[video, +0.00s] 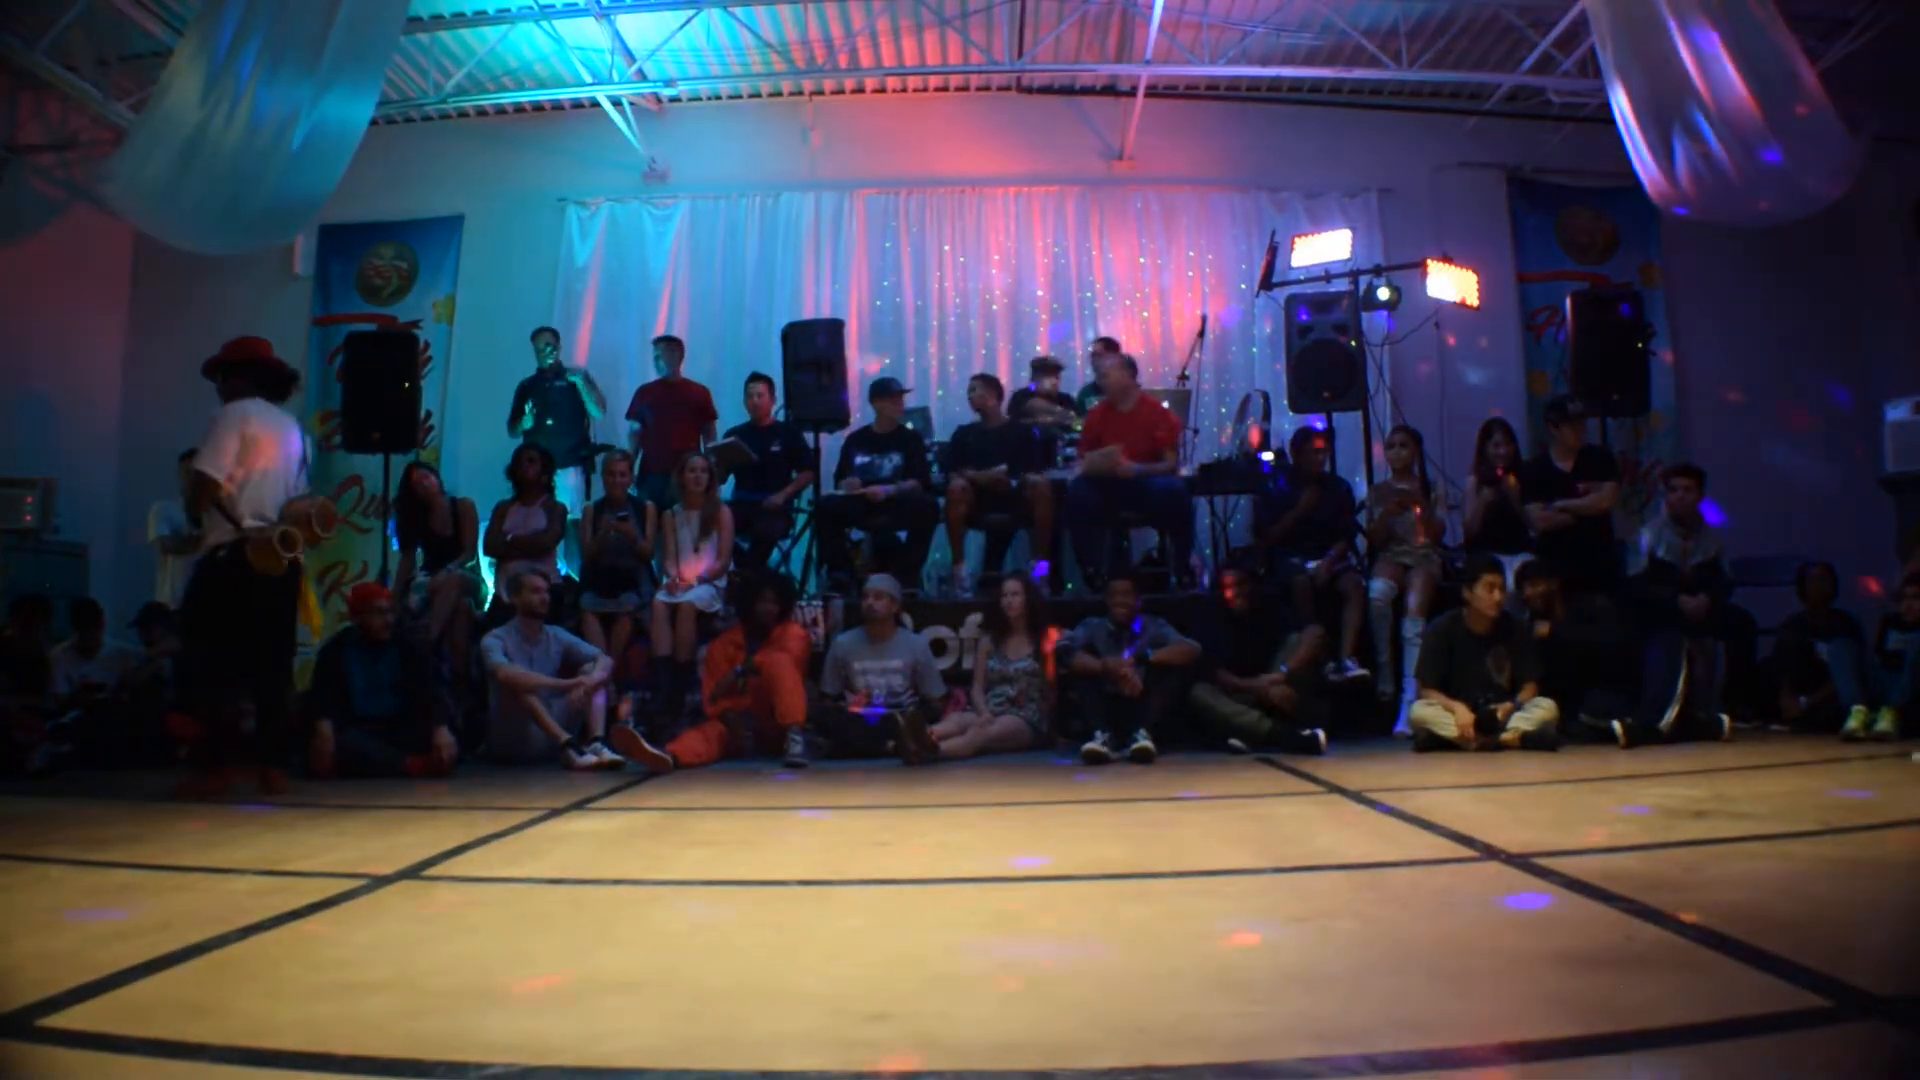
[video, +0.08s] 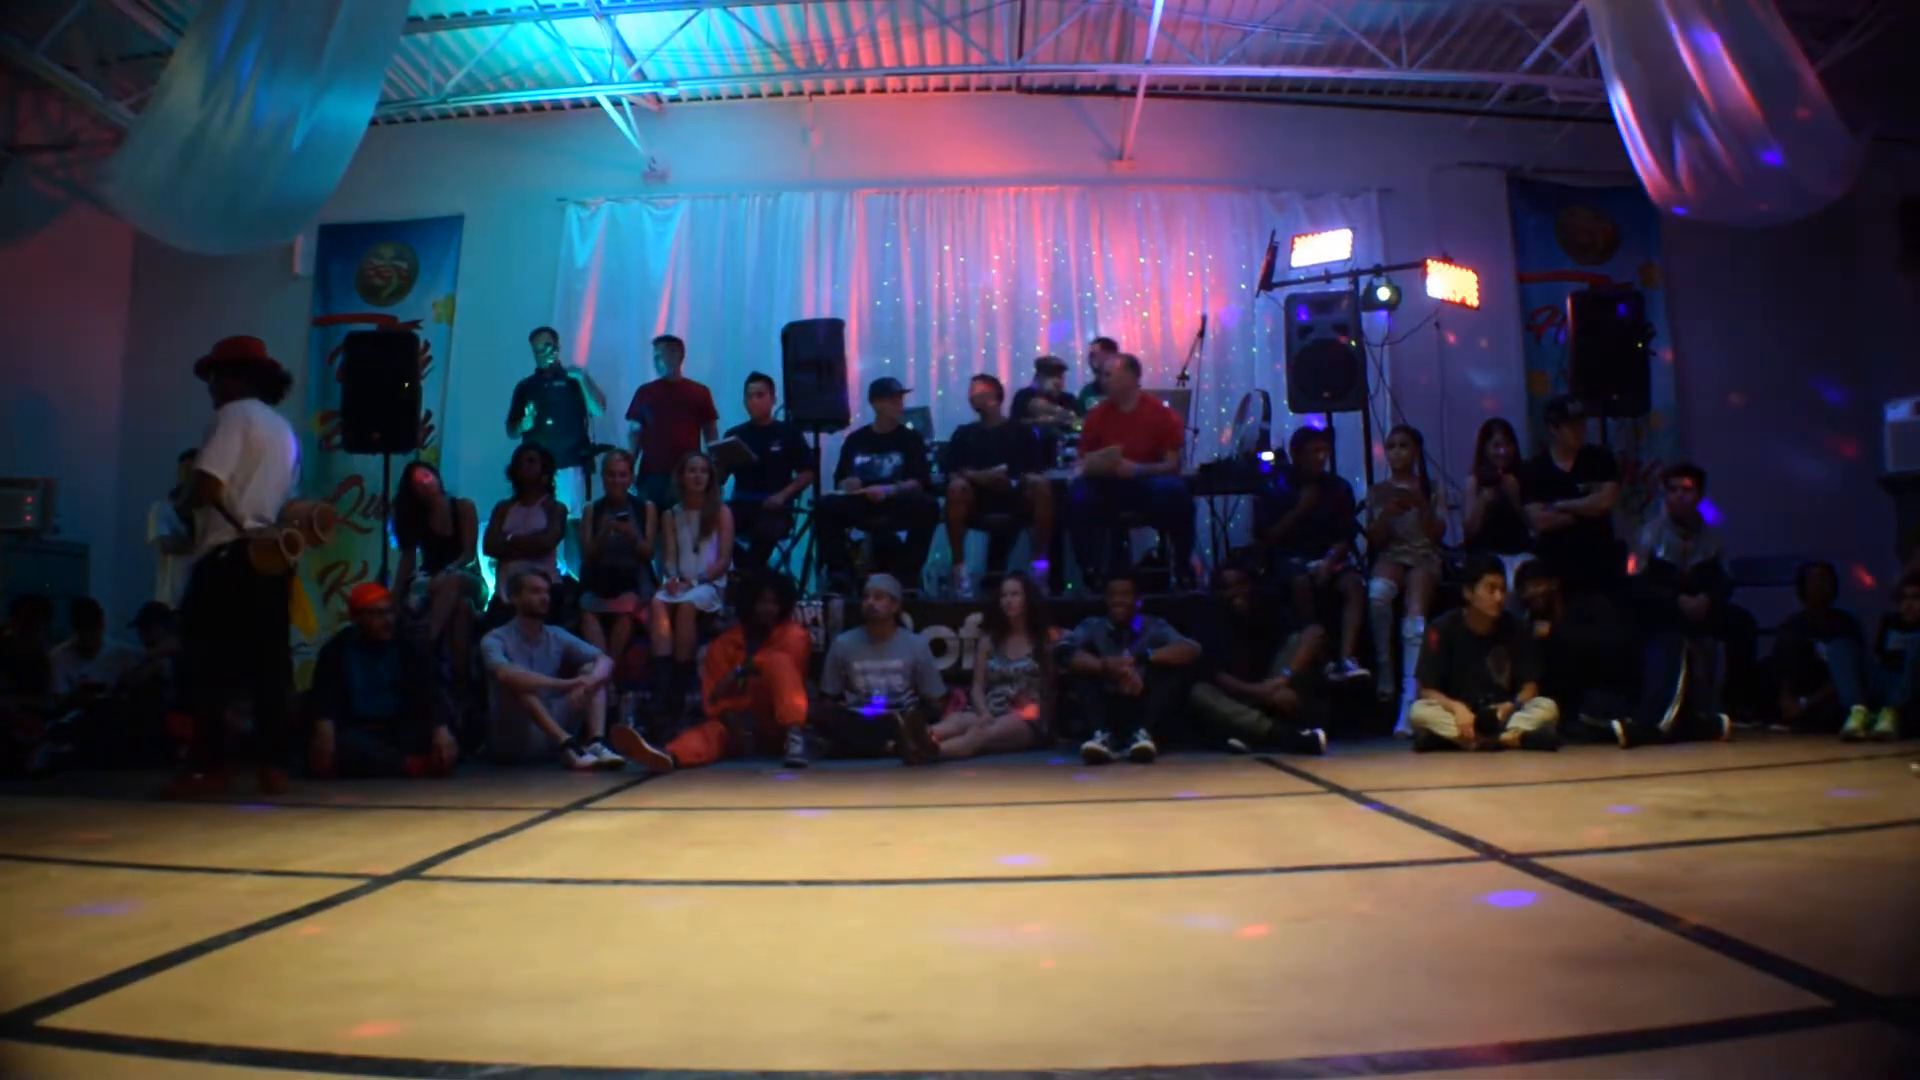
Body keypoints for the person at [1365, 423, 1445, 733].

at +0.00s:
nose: (1396, 452)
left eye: (1403, 446)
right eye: (1391, 447)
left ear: (1416, 452)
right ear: (1385, 453)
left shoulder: (1433, 489)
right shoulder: (1378, 492)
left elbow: (1437, 534)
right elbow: (1373, 536)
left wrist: (1420, 506)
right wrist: (1387, 514)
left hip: (1422, 553)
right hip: (1390, 552)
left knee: (1413, 615)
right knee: (1378, 596)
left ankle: (1410, 697)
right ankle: (1385, 674)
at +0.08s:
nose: (1397, 452)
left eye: (1403, 446)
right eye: (1391, 447)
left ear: (1417, 452)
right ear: (1385, 453)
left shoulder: (1432, 488)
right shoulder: (1378, 491)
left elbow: (1437, 533)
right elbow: (1373, 537)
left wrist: (1420, 504)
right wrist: (1387, 513)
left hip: (1422, 552)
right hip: (1391, 552)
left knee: (1414, 622)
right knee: (1378, 597)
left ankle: (1410, 701)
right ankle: (1384, 674)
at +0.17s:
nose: (1396, 453)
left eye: (1403, 447)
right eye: (1391, 447)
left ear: (1416, 452)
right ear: (1385, 453)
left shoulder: (1431, 488)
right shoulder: (1377, 491)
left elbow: (1436, 533)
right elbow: (1373, 537)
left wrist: (1420, 505)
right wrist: (1388, 513)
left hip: (1422, 553)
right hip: (1390, 552)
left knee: (1413, 622)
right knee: (1377, 598)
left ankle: (1408, 702)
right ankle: (1383, 672)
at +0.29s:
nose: (1396, 453)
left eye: (1402, 447)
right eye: (1390, 448)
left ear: (1416, 453)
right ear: (1383, 454)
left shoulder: (1428, 490)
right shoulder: (1376, 491)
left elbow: (1434, 534)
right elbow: (1372, 536)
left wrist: (1419, 506)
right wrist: (1388, 513)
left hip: (1420, 553)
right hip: (1388, 552)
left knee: (1411, 627)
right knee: (1376, 594)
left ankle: (1406, 705)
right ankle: (1381, 665)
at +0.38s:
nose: (1396, 453)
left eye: (1403, 447)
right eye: (1390, 448)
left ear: (1416, 452)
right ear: (1383, 454)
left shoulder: (1430, 490)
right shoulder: (1376, 492)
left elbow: (1433, 535)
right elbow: (1372, 537)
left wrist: (1419, 506)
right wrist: (1386, 514)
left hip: (1420, 554)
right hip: (1388, 553)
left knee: (1411, 624)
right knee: (1375, 597)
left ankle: (1406, 705)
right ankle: (1381, 672)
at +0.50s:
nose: (1400, 453)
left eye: (1406, 446)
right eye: (1394, 447)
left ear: (1416, 452)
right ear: (1386, 453)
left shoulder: (1429, 489)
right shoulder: (1377, 491)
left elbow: (1434, 535)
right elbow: (1373, 536)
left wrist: (1423, 506)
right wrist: (1388, 513)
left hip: (1421, 552)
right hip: (1389, 551)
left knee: (1412, 627)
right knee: (1376, 597)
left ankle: (1407, 704)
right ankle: (1382, 673)